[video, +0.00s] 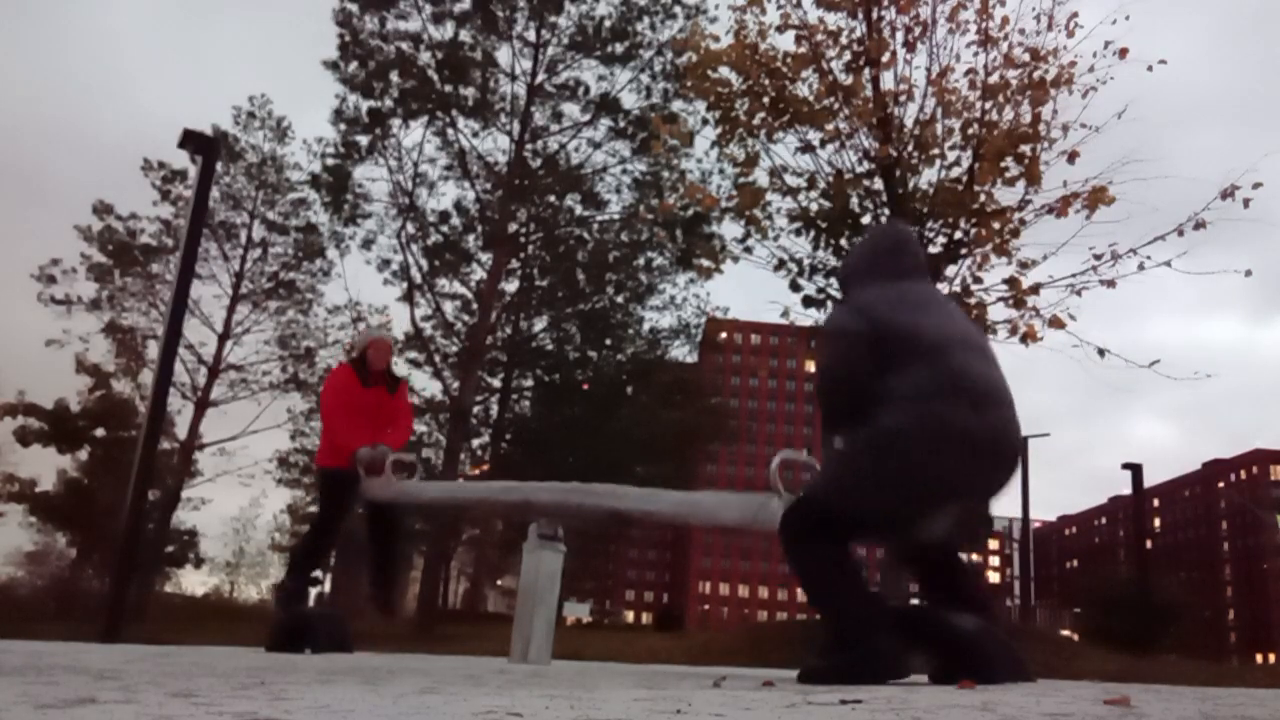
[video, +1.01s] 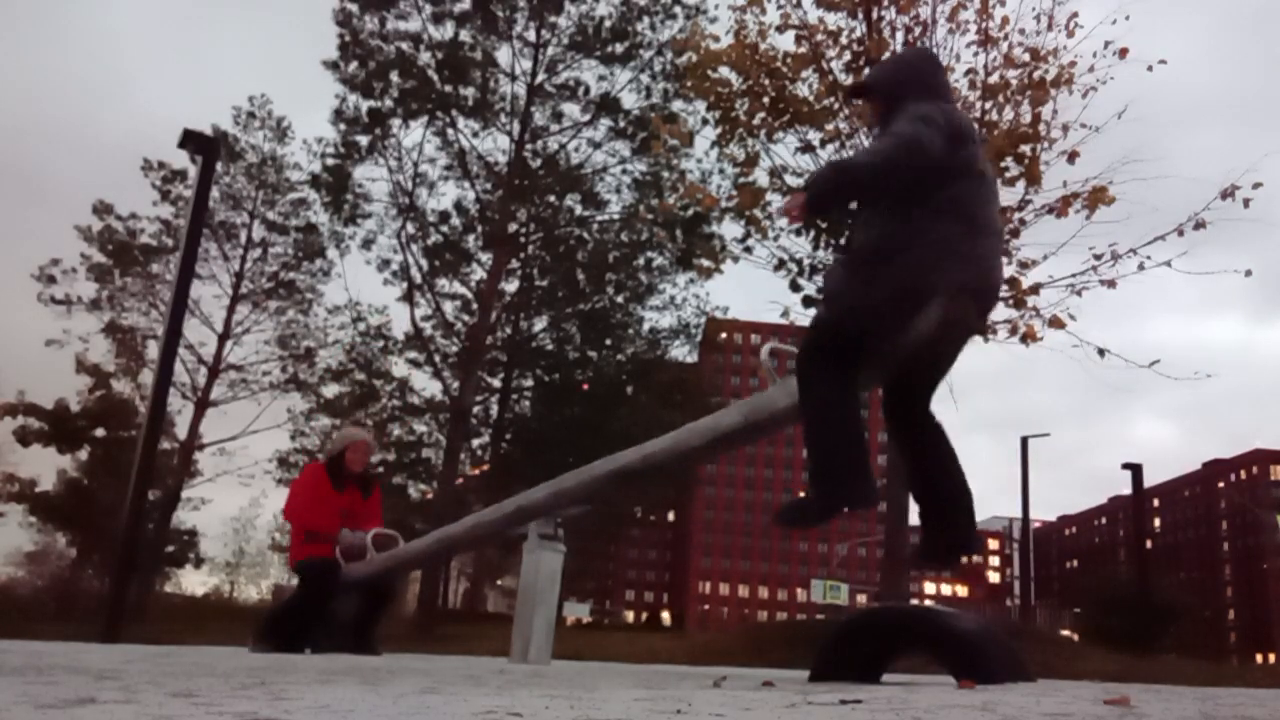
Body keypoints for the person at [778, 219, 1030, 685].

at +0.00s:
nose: (846, 283)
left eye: (849, 274)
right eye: (848, 275)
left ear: (860, 269)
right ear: (916, 266)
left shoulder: (860, 307)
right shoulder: (942, 307)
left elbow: (837, 394)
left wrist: (849, 443)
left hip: (915, 441)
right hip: (993, 443)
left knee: (806, 526)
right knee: (927, 547)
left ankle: (862, 646)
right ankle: (987, 652)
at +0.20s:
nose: (842, 209)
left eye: (846, 200)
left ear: (861, 196)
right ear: (910, 193)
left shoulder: (859, 231)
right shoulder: (939, 232)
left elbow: (838, 317)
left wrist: (836, 361)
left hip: (912, 366)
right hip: (988, 367)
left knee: (836, 481)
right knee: (923, 484)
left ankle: (852, 643)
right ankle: (976, 631)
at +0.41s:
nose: (852, 168)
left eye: (856, 159)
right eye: (853, 161)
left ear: (870, 147)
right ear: (918, 139)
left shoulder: (873, 174)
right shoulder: (946, 178)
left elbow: (844, 257)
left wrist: (834, 314)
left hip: (914, 310)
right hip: (985, 318)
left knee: (828, 412)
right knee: (911, 426)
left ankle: (857, 546)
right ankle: (959, 558)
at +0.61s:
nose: (859, 128)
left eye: (864, 120)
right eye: (860, 122)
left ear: (883, 109)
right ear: (921, 108)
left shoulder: (884, 139)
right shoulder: (956, 145)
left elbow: (850, 215)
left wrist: (832, 292)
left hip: (914, 271)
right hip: (983, 281)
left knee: (830, 368)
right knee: (906, 392)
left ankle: (844, 506)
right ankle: (947, 522)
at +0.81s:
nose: (869, 118)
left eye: (873, 107)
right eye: (869, 110)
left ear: (893, 93)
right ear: (930, 88)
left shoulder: (899, 120)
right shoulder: (966, 135)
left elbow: (851, 197)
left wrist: (810, 259)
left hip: (897, 271)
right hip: (965, 282)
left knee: (828, 360)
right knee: (909, 386)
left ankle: (840, 492)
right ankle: (940, 520)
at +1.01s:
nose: (867, 110)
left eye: (873, 98)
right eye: (866, 99)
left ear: (899, 91)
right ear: (926, 89)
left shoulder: (926, 118)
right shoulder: (956, 132)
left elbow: (888, 163)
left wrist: (816, 193)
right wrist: (832, 203)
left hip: (910, 277)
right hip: (964, 287)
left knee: (822, 356)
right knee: (906, 399)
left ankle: (839, 482)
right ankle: (950, 532)